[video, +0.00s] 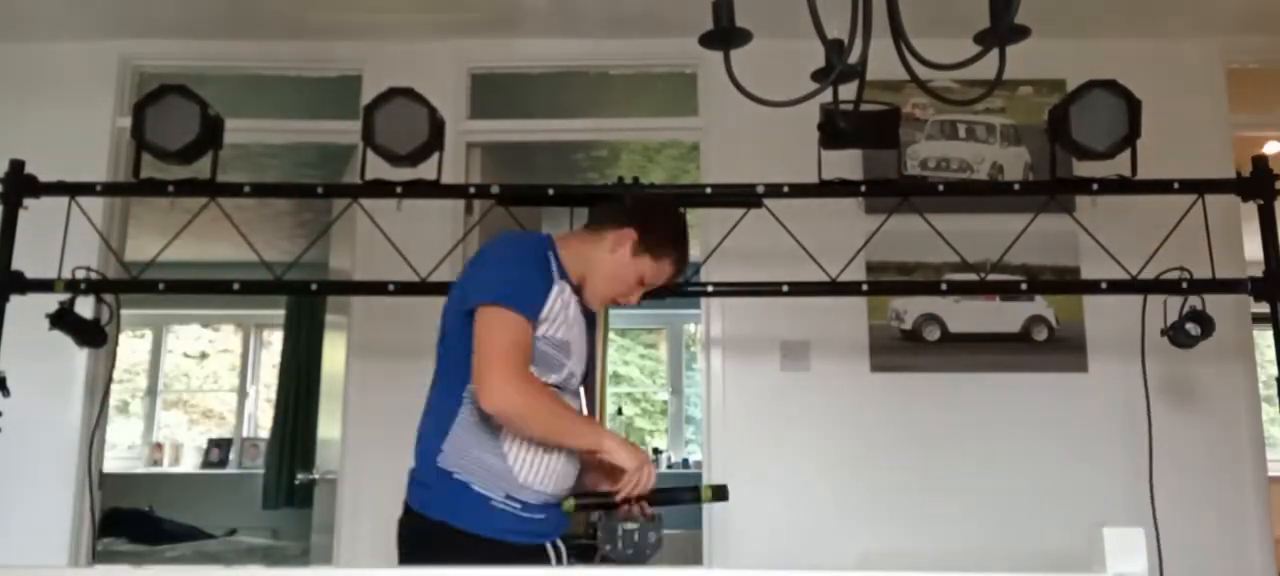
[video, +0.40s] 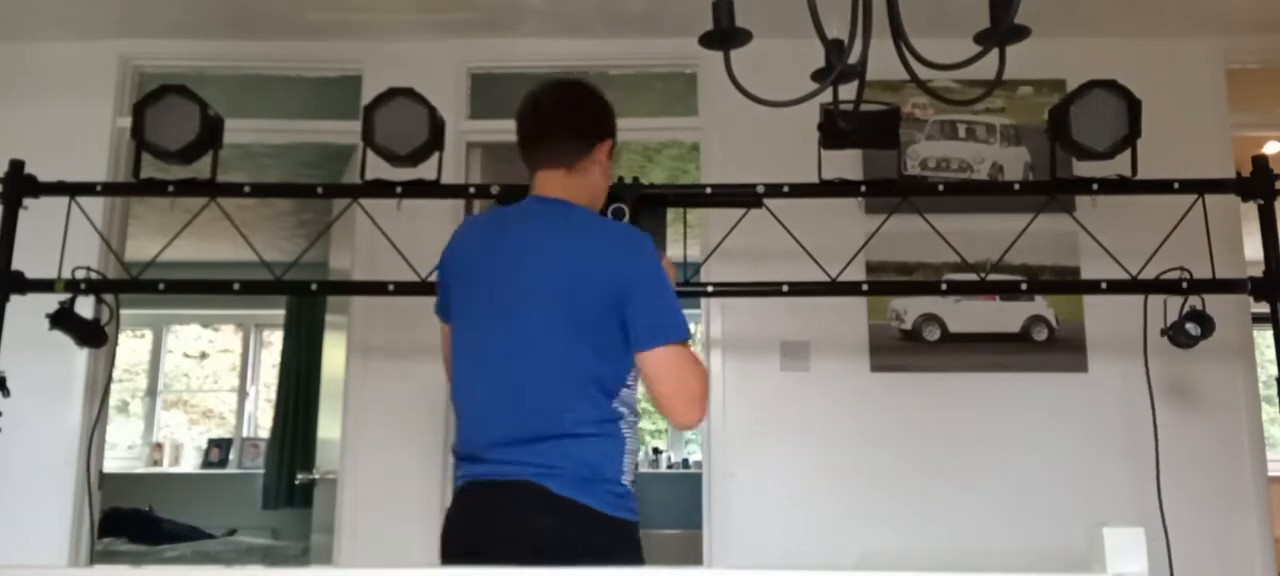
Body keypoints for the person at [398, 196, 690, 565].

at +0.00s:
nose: (632, 301)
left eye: (644, 292)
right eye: (641, 283)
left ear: (622, 243)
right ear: (625, 243)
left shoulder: (579, 310)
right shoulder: (516, 258)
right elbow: (500, 390)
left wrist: (598, 476)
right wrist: (604, 441)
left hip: (534, 539)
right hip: (459, 533)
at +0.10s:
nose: (637, 259)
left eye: (644, 247)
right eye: (641, 239)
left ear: (613, 202)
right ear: (617, 201)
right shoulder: (545, 247)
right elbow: (535, 373)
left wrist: (622, 399)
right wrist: (636, 378)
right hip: (539, 528)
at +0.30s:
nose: (600, 178)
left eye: (603, 164)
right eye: (603, 163)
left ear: (518, 147)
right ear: (589, 159)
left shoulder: (457, 236)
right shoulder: (588, 245)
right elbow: (697, 361)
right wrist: (649, 257)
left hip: (471, 513)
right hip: (572, 522)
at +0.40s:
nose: (611, 174)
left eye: (611, 161)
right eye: (612, 159)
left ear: (526, 153)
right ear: (603, 154)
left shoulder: (467, 242)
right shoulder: (625, 251)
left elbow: (459, 378)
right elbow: (686, 407)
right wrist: (661, 295)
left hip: (478, 517)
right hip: (585, 520)